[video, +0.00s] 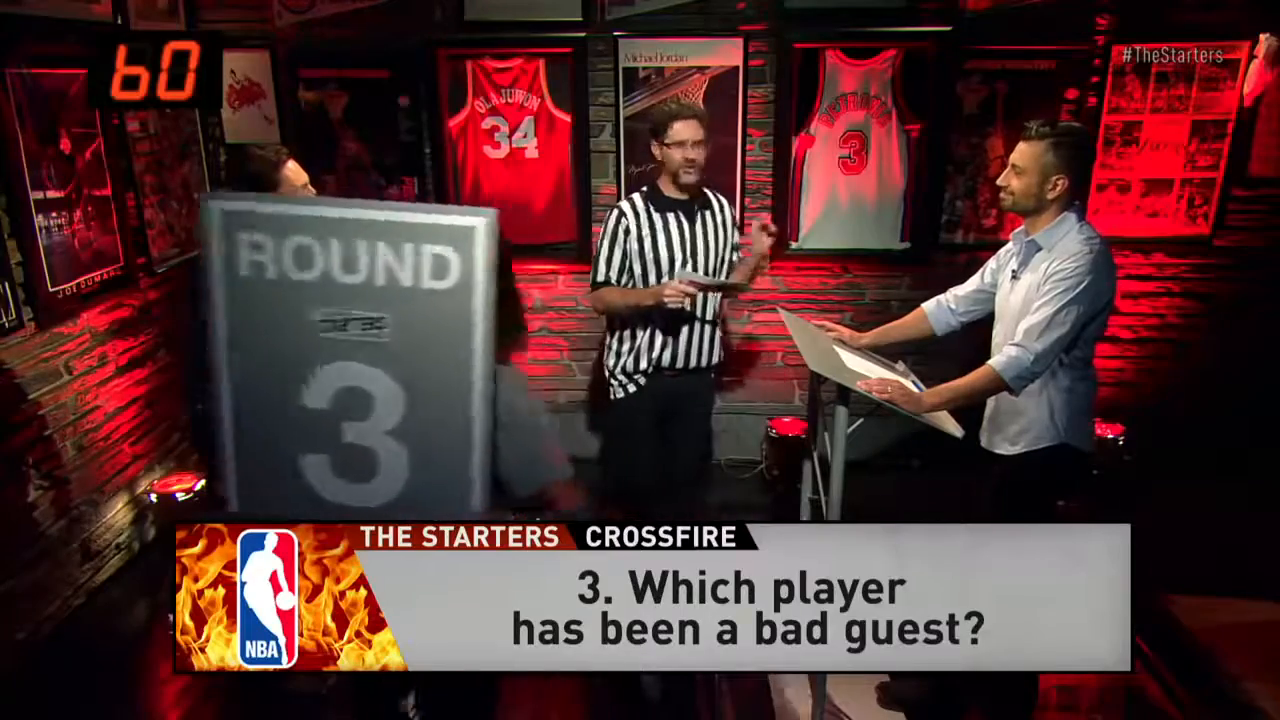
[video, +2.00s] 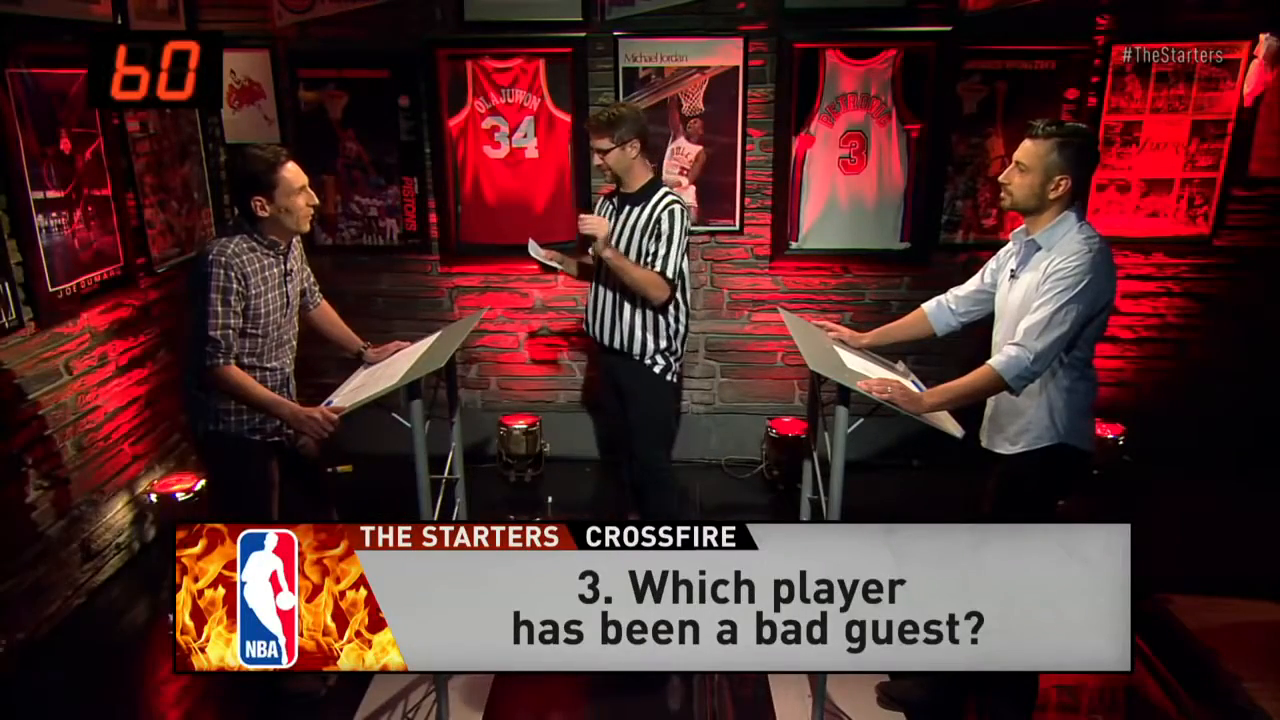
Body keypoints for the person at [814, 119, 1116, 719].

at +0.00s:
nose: (1002, 178)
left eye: (1016, 172)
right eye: (1006, 166)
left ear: (1056, 189)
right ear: (1043, 186)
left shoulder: (1082, 259)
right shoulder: (1025, 244)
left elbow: (1024, 359)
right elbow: (954, 306)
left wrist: (928, 398)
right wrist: (867, 339)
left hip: (1043, 446)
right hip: (1000, 433)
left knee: (1008, 579)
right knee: (973, 562)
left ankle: (1000, 703)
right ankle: (940, 684)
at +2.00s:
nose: (1005, 175)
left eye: (1020, 169)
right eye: (1010, 164)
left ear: (1058, 188)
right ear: (1047, 185)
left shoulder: (1083, 259)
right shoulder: (1025, 243)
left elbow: (1023, 360)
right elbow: (955, 306)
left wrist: (927, 398)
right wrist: (868, 339)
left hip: (1043, 446)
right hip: (1003, 434)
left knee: (1007, 580)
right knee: (979, 565)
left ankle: (1000, 705)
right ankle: (942, 684)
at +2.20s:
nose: (1005, 175)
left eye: (1020, 168)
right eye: (1010, 164)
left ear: (1057, 189)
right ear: (1046, 185)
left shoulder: (1082, 259)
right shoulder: (1025, 243)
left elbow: (1023, 360)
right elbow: (955, 306)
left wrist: (928, 398)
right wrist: (868, 339)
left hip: (1043, 445)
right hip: (1003, 433)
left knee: (1006, 580)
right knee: (980, 566)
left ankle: (1000, 705)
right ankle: (942, 683)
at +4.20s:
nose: (1006, 172)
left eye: (1022, 167)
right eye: (1013, 161)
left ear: (1059, 188)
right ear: (1048, 184)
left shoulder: (1082, 259)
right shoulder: (1025, 243)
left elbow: (1022, 361)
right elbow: (954, 306)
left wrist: (926, 398)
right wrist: (868, 339)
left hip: (1041, 444)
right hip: (1000, 432)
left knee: (1006, 578)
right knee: (974, 560)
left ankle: (999, 703)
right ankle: (940, 681)